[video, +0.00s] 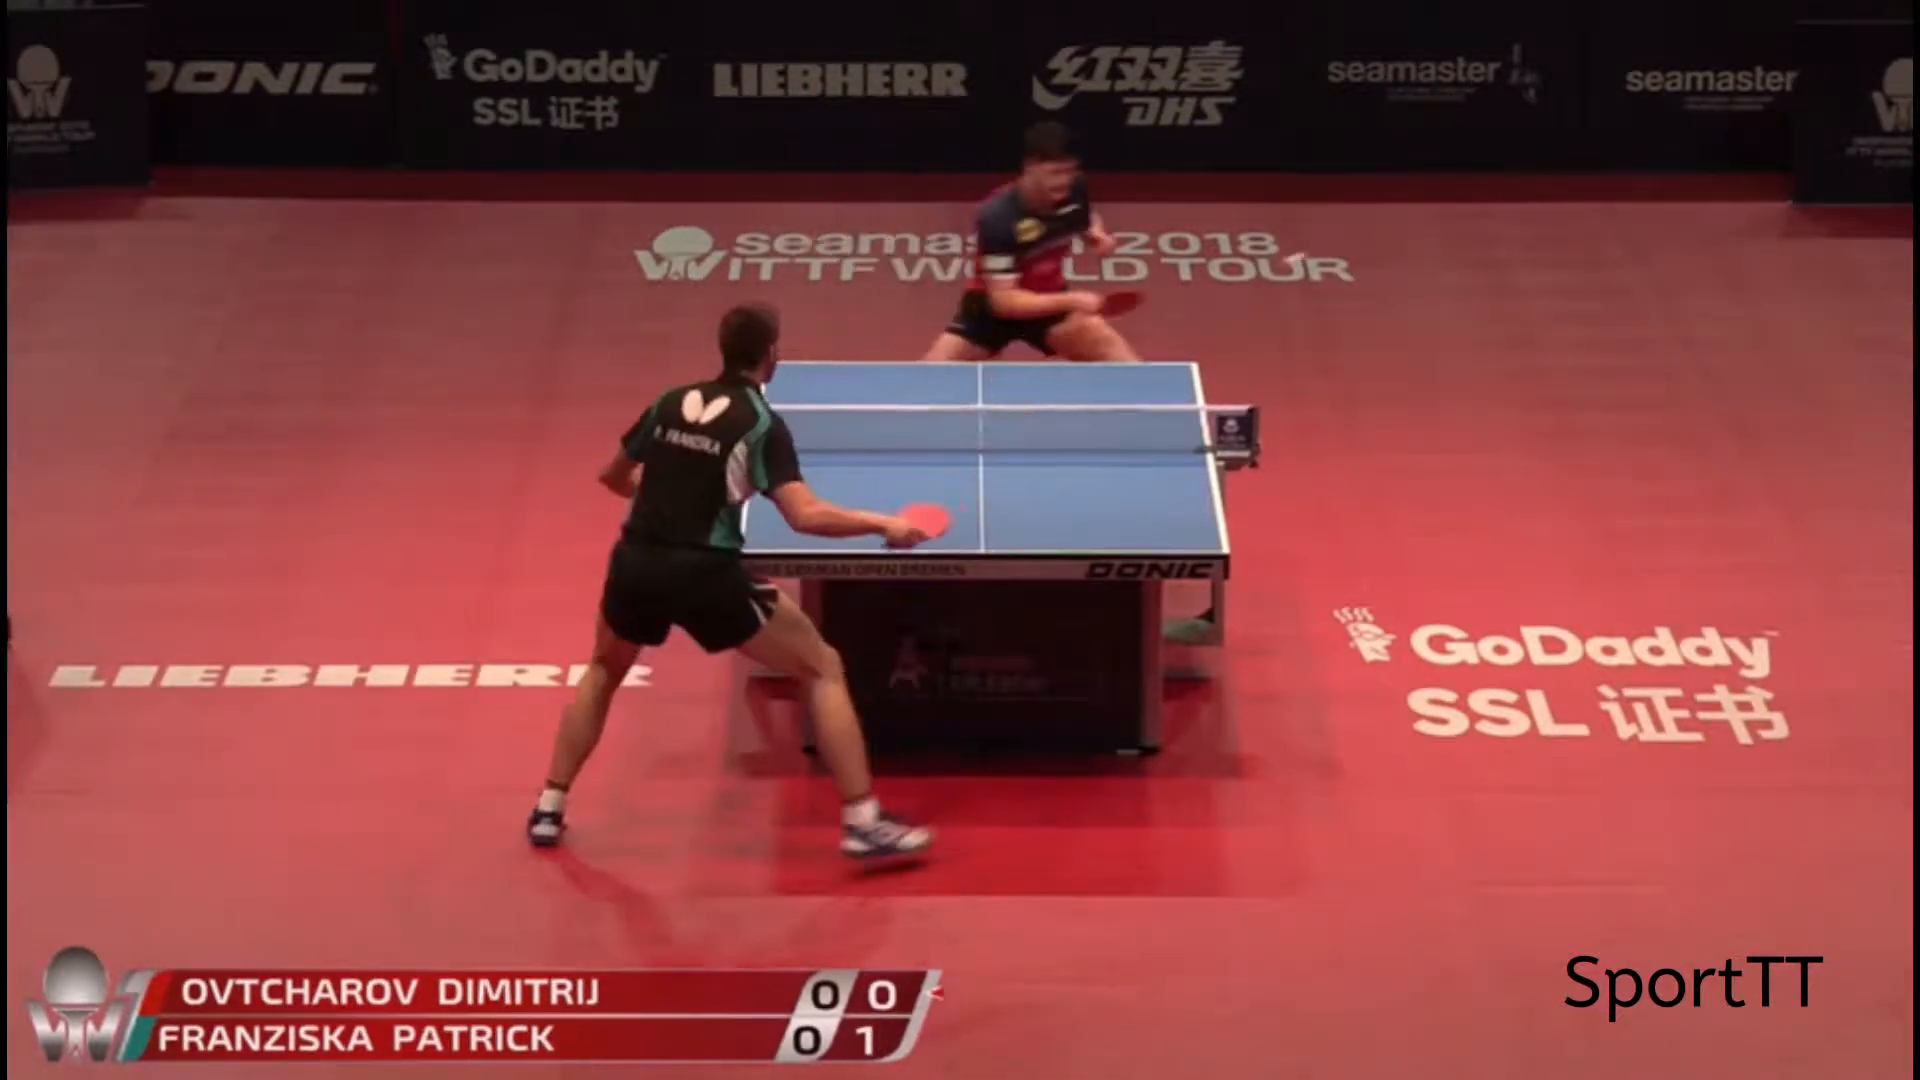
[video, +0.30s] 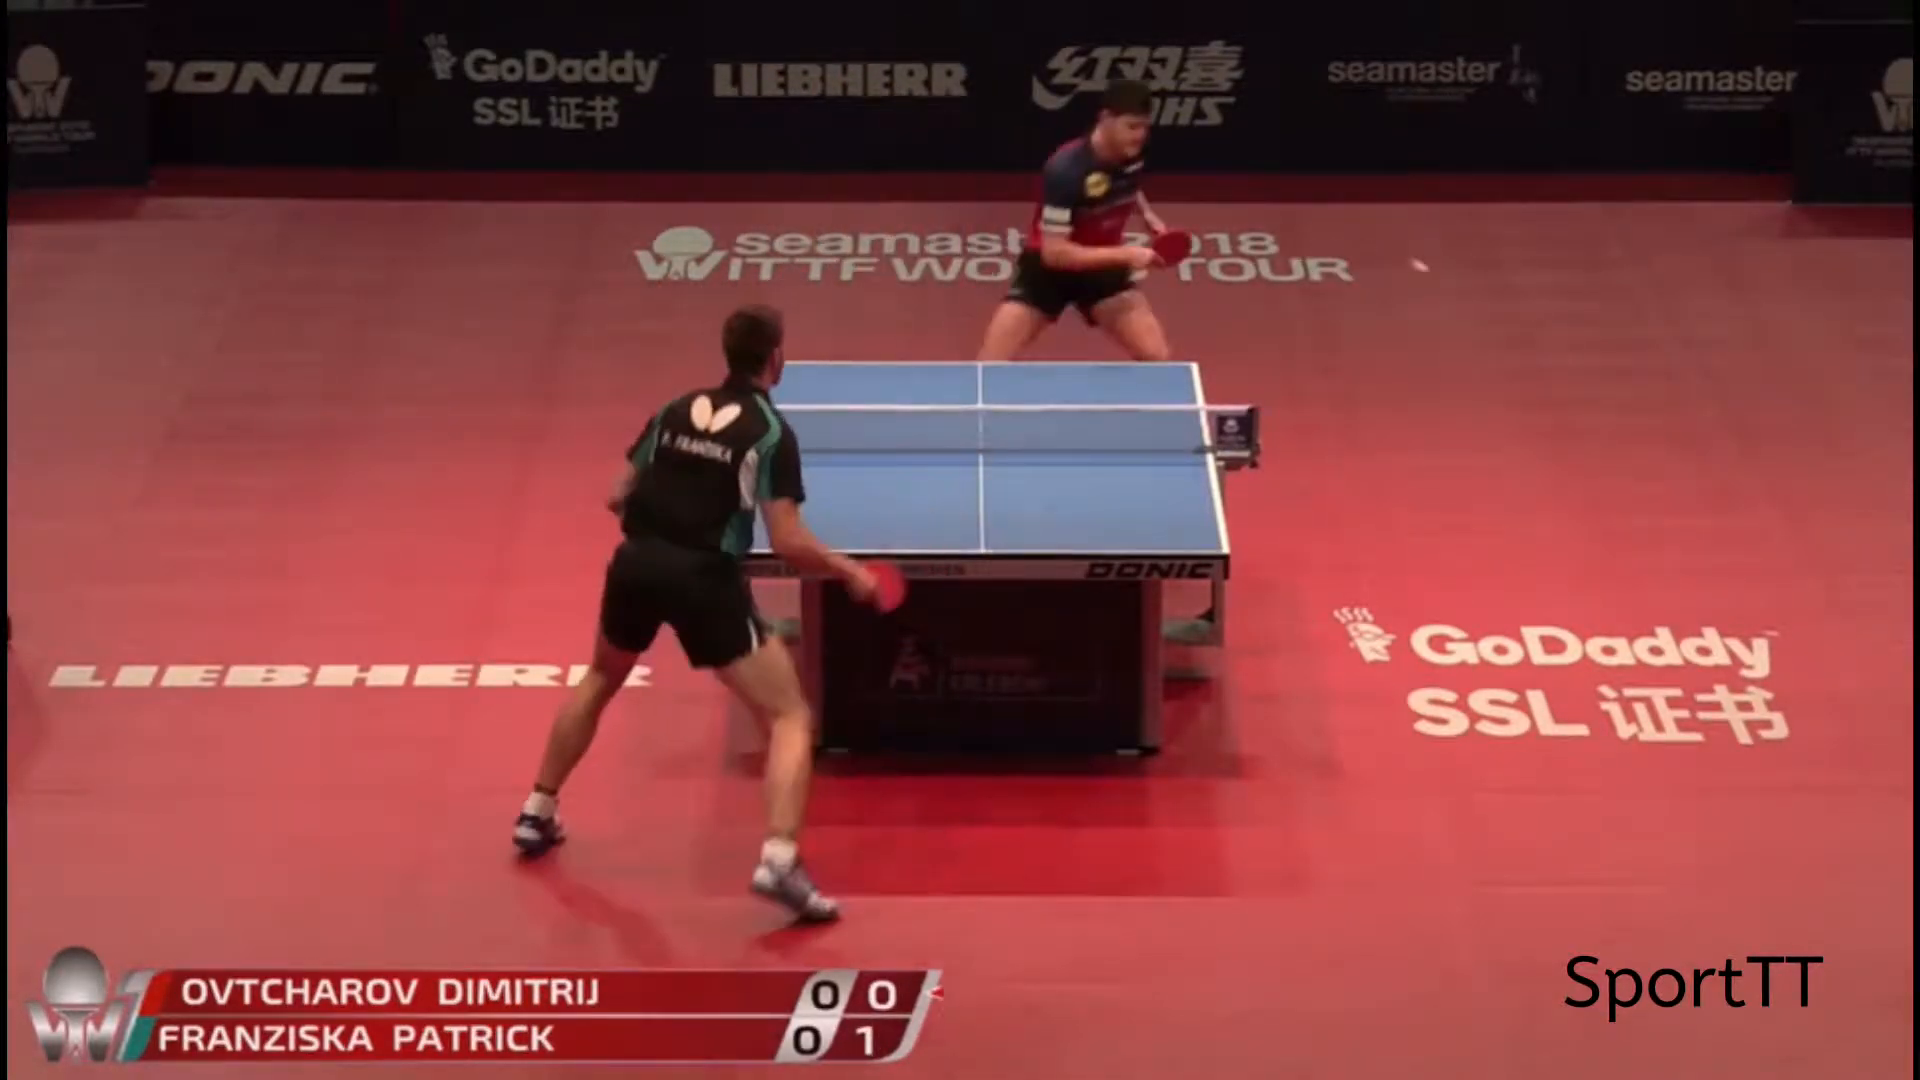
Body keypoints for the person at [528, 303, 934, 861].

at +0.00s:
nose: (779, 360)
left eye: (776, 351)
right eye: (777, 352)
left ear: (722, 352)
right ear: (769, 358)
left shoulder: (672, 402)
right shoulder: (762, 423)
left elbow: (615, 474)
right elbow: (804, 515)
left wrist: (662, 496)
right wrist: (885, 526)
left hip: (636, 565)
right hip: (709, 576)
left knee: (603, 672)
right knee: (823, 667)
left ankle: (548, 807)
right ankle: (863, 820)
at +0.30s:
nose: (784, 363)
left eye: (779, 354)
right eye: (783, 356)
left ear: (726, 356)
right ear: (773, 362)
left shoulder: (677, 409)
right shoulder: (772, 432)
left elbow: (620, 496)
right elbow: (788, 541)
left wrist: (655, 537)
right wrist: (848, 571)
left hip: (634, 566)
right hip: (706, 580)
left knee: (598, 681)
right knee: (789, 714)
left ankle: (536, 810)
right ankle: (779, 858)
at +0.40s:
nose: (766, 388)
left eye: (762, 378)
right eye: (764, 380)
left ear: (708, 388)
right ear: (756, 389)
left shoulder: (663, 445)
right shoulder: (762, 464)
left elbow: (615, 537)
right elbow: (770, 571)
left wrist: (663, 569)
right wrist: (816, 609)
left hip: (635, 608)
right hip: (709, 621)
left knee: (604, 705)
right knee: (795, 744)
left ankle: (541, 818)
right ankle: (771, 892)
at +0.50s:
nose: (725, 355)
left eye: (720, 346)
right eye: (723, 347)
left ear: (666, 348)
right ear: (713, 351)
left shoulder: (619, 411)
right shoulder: (720, 421)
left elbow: (585, 503)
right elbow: (728, 524)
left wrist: (634, 527)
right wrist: (769, 573)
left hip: (611, 579)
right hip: (683, 586)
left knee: (589, 710)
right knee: (746, 722)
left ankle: (538, 838)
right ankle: (767, 878)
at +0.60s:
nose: (676, 272)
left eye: (669, 262)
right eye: (675, 263)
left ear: (618, 266)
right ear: (665, 268)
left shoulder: (575, 334)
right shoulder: (679, 340)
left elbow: (543, 422)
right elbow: (692, 443)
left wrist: (592, 441)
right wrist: (714, 486)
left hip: (575, 506)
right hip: (643, 511)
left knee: (575, 655)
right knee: (658, 670)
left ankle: (534, 792)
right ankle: (634, 822)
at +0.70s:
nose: (668, 262)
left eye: (661, 252)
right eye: (665, 253)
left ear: (608, 256)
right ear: (656, 258)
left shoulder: (567, 324)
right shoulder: (673, 332)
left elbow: (533, 414)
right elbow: (690, 434)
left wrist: (587, 430)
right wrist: (702, 478)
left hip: (568, 498)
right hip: (634, 504)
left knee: (571, 643)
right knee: (637, 664)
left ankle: (527, 783)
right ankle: (597, 811)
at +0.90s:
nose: (618, 291)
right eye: (619, 282)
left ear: (564, 288)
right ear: (615, 287)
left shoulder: (530, 353)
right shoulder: (639, 360)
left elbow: (492, 445)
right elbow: (676, 460)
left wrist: (543, 459)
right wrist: (649, 473)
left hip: (524, 520)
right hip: (591, 531)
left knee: (511, 653)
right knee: (555, 688)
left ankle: (487, 777)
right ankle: (496, 838)